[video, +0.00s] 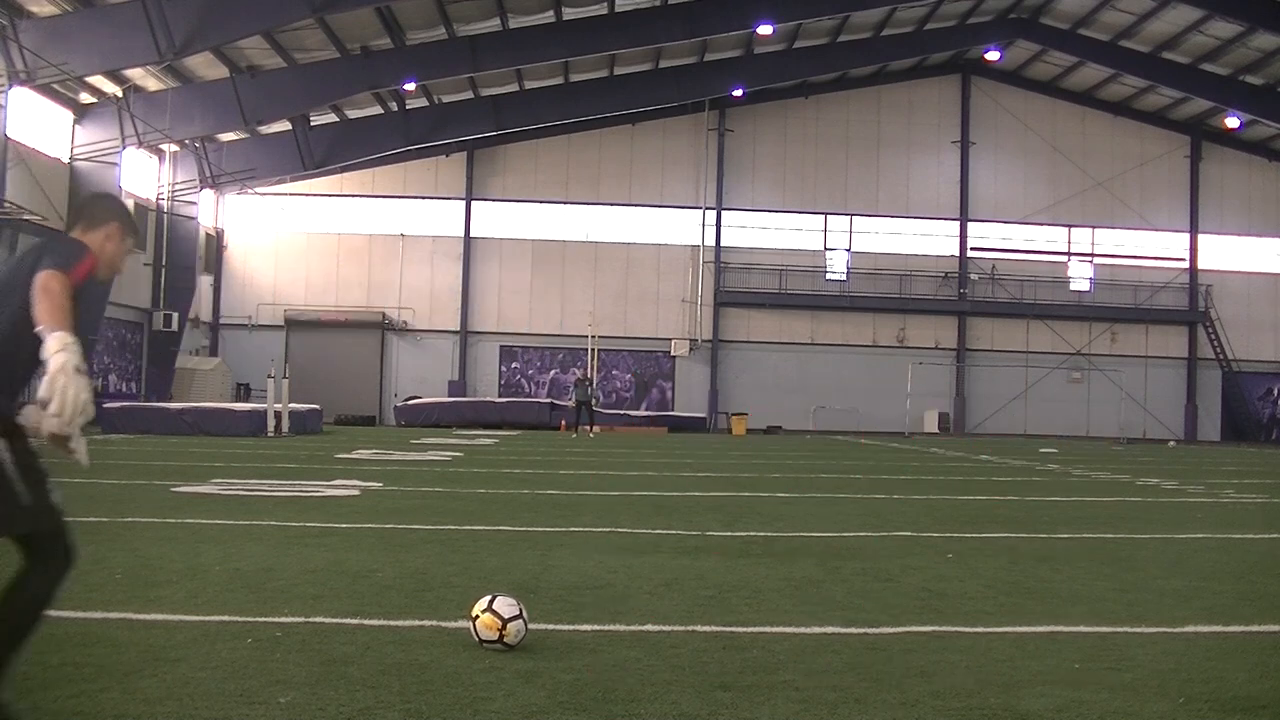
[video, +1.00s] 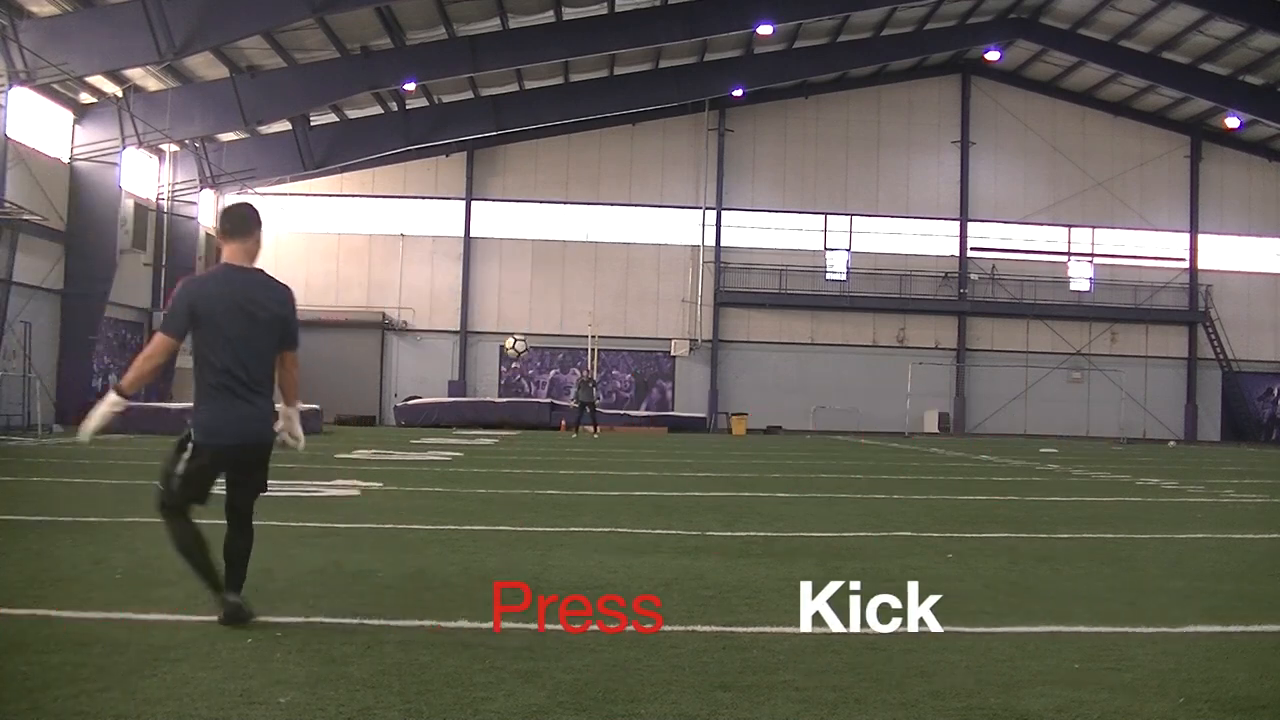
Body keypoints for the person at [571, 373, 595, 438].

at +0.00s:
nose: (582, 374)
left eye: (584, 372)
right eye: (581, 372)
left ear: (586, 373)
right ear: (579, 373)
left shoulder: (589, 381)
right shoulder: (577, 381)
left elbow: (592, 390)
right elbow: (572, 390)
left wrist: (592, 399)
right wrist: (570, 398)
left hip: (587, 400)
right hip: (578, 400)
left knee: (591, 416)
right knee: (577, 417)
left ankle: (590, 432)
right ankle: (575, 432)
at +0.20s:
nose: (583, 375)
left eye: (584, 373)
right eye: (581, 373)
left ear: (586, 373)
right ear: (579, 374)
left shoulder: (590, 381)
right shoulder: (577, 381)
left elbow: (594, 390)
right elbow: (572, 390)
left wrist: (597, 398)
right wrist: (569, 398)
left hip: (588, 401)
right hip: (579, 401)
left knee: (591, 416)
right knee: (577, 417)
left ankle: (594, 432)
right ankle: (575, 432)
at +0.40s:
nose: (583, 375)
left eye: (584, 373)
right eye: (582, 374)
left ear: (587, 374)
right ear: (580, 374)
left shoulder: (591, 381)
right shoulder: (578, 382)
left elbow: (596, 390)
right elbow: (574, 391)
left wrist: (597, 398)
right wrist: (571, 398)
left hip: (589, 401)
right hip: (580, 401)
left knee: (592, 416)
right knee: (578, 417)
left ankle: (595, 432)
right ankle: (575, 432)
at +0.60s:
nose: (584, 375)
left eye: (586, 373)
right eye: (583, 373)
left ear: (588, 374)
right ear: (581, 374)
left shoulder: (591, 381)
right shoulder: (579, 381)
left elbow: (596, 390)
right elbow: (576, 390)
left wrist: (597, 398)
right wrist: (574, 398)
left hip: (590, 401)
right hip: (581, 401)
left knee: (593, 417)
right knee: (578, 417)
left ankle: (595, 432)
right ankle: (576, 432)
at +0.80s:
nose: (585, 375)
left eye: (586, 373)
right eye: (584, 373)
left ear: (588, 374)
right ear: (582, 374)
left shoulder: (592, 381)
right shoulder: (580, 381)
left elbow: (596, 390)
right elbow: (577, 390)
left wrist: (597, 398)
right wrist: (575, 398)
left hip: (590, 401)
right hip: (582, 401)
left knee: (593, 416)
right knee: (579, 416)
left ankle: (595, 432)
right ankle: (576, 432)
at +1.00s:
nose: (585, 375)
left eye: (586, 373)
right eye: (584, 373)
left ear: (588, 374)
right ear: (582, 374)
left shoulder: (592, 381)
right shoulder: (580, 381)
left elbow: (596, 390)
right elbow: (576, 390)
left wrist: (597, 398)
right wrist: (575, 398)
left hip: (590, 401)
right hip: (582, 401)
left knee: (593, 417)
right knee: (578, 416)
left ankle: (595, 432)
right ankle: (576, 432)